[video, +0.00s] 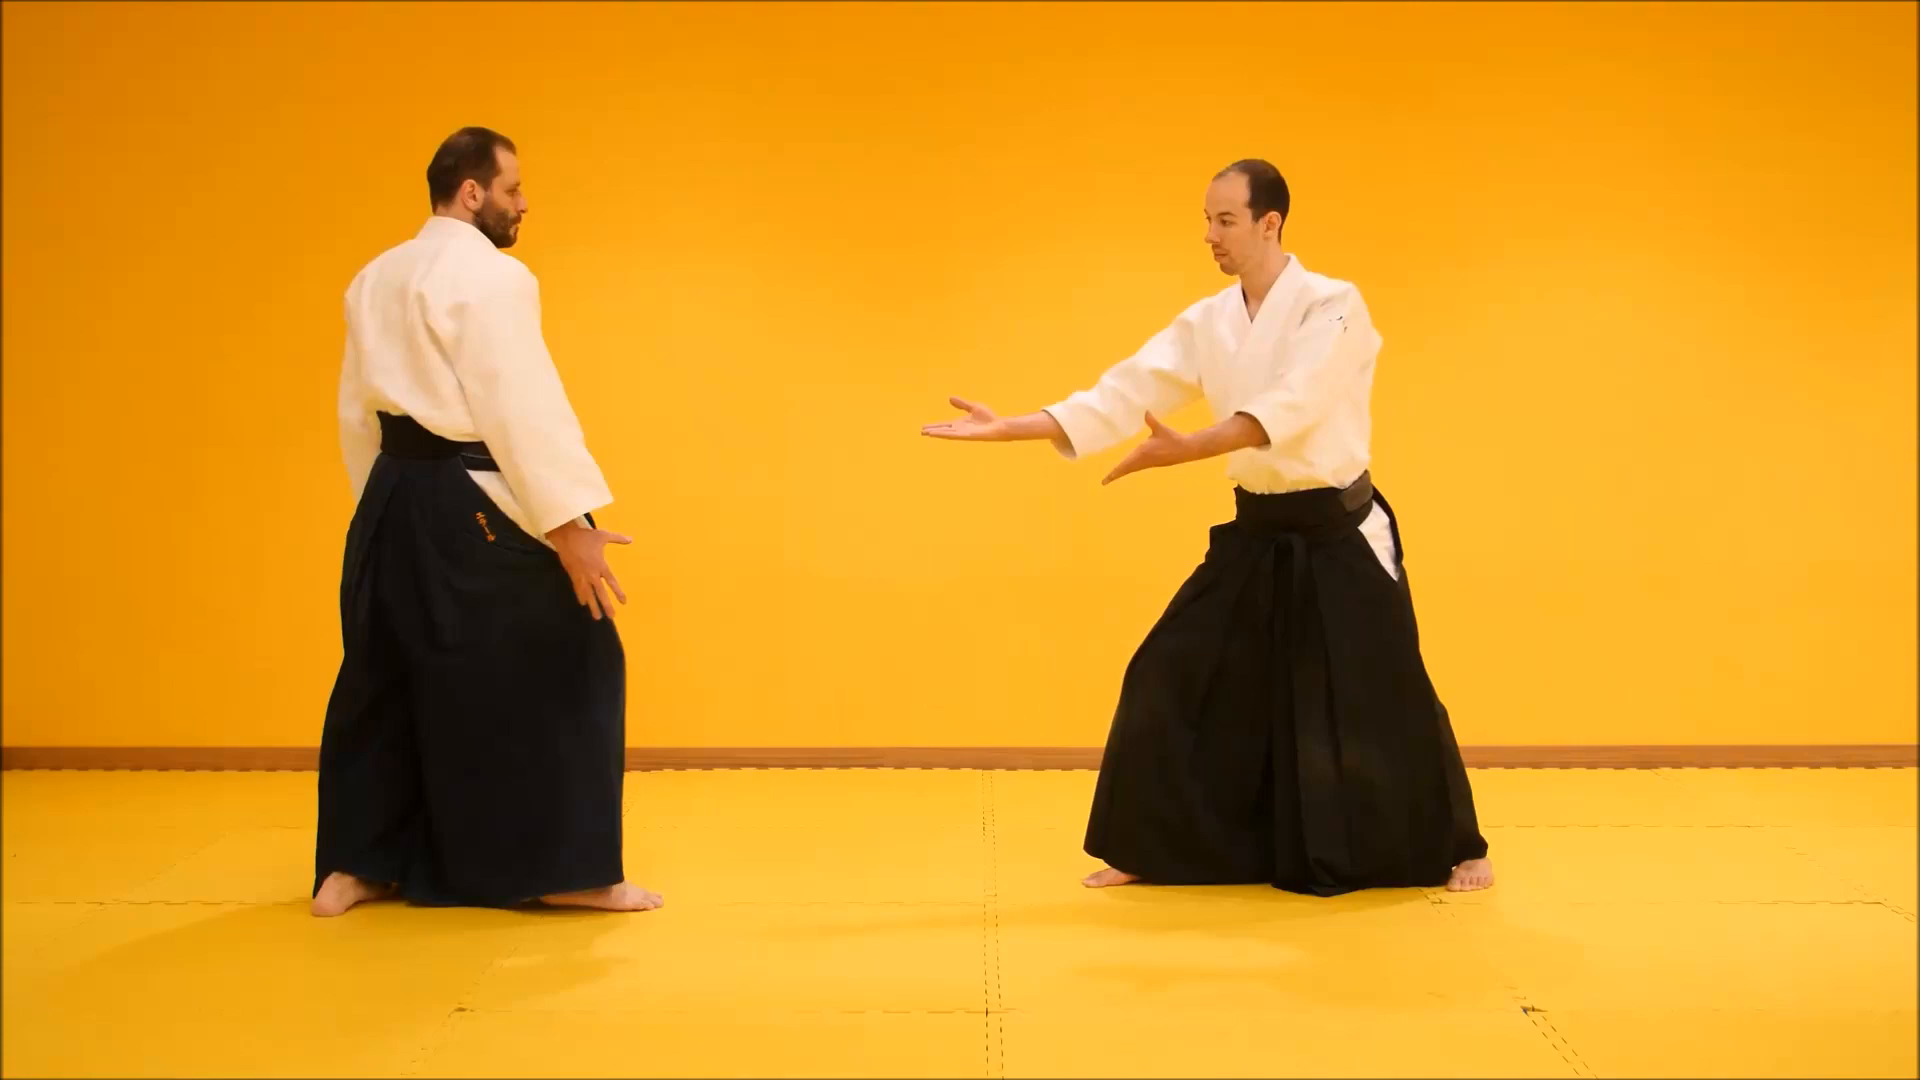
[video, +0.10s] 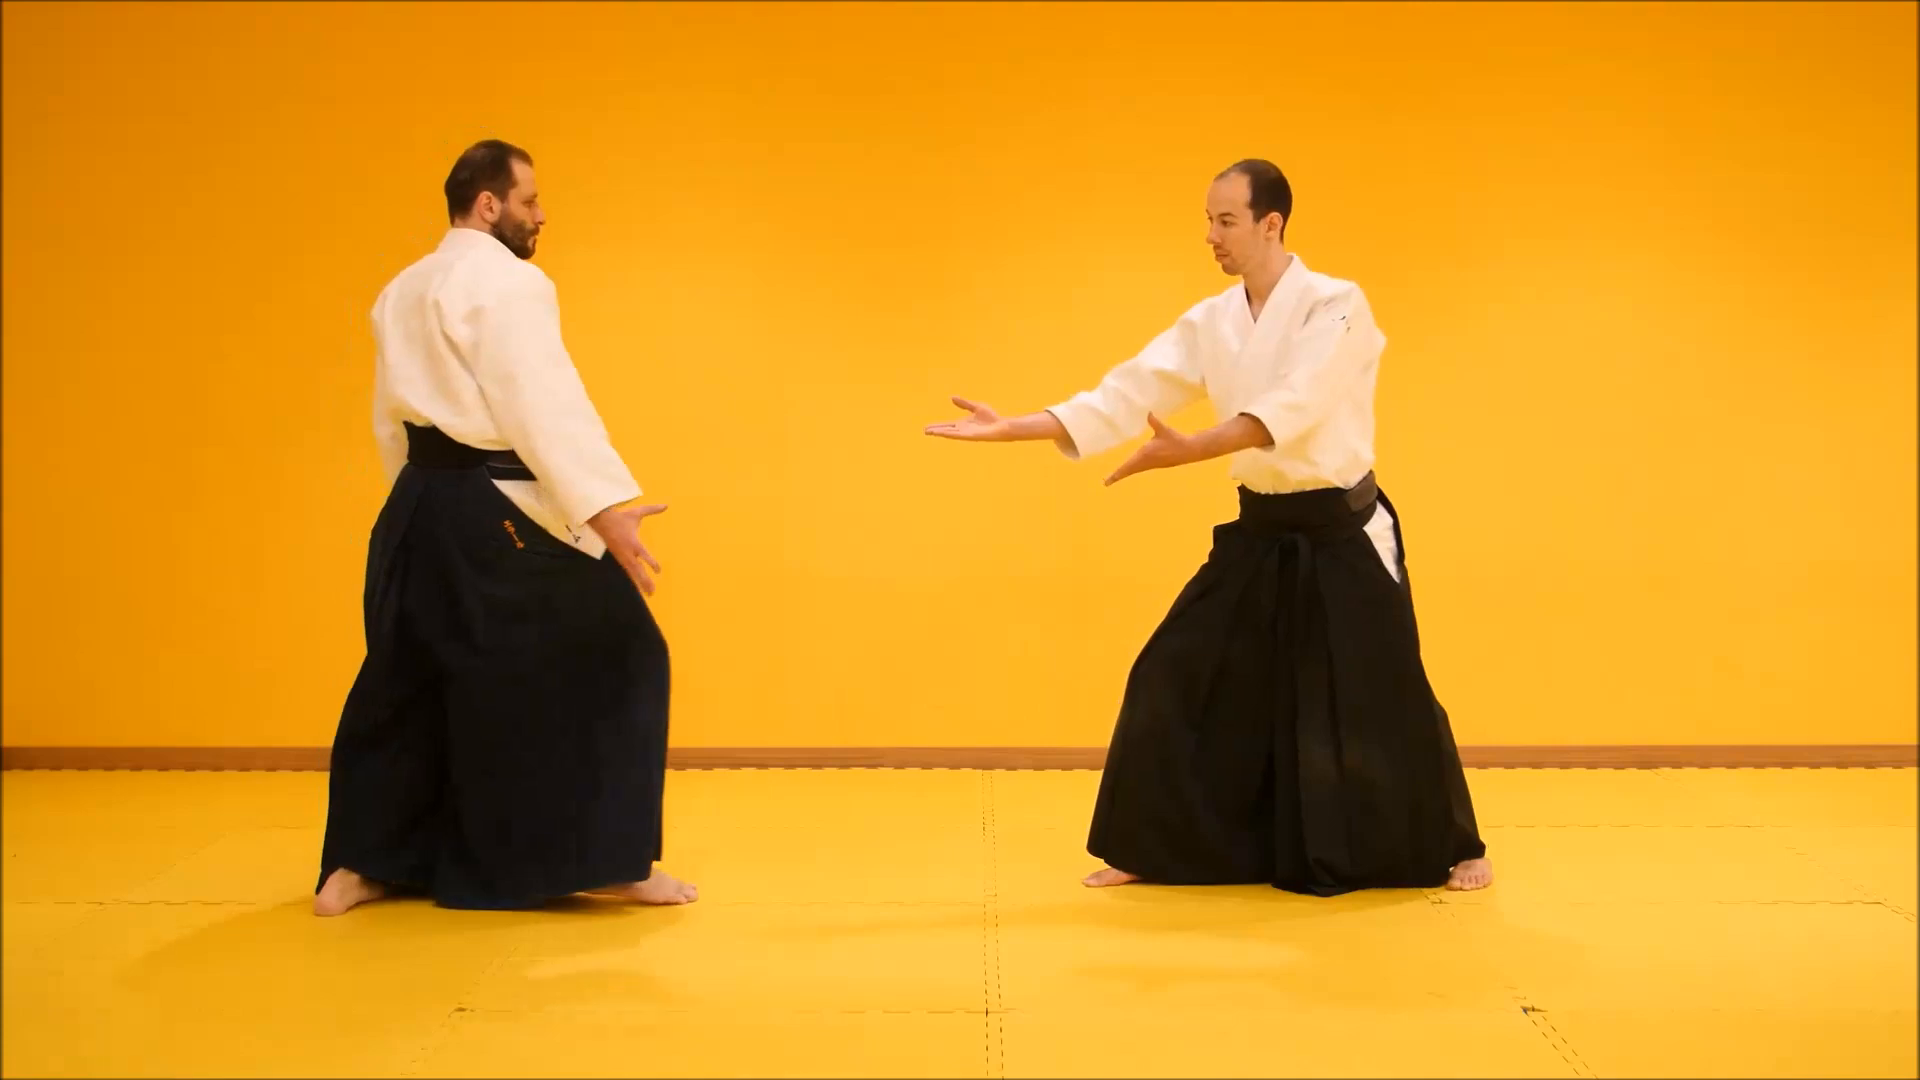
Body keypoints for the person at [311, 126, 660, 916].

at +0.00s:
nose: (523, 205)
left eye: (522, 191)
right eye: (513, 191)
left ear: (453, 193)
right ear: (472, 191)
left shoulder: (375, 278)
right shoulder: (487, 277)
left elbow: (357, 416)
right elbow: (522, 410)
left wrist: (382, 505)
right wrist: (569, 529)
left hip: (394, 502)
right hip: (482, 504)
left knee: (382, 679)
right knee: (585, 655)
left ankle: (351, 866)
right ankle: (575, 867)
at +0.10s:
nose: (540, 217)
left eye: (539, 203)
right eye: (529, 203)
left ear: (470, 206)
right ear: (488, 203)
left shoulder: (400, 292)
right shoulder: (506, 284)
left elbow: (391, 423)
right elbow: (545, 404)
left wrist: (416, 503)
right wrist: (605, 511)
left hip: (420, 509)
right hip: (509, 510)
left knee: (403, 682)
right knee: (632, 657)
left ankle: (356, 864)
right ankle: (620, 857)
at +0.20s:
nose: (578, 240)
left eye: (576, 225)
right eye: (568, 226)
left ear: (509, 232)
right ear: (525, 227)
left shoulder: (446, 309)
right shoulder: (536, 299)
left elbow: (456, 432)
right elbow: (581, 407)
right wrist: (669, 480)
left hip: (455, 525)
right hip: (538, 528)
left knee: (434, 692)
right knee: (681, 659)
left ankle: (359, 861)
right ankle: (712, 851)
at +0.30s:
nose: (641, 265)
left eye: (639, 249)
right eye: (631, 249)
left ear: (577, 254)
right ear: (586, 254)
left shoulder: (524, 319)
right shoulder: (593, 320)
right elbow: (648, 414)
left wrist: (726, 475)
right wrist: (765, 450)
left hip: (503, 541)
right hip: (579, 549)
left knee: (465, 703)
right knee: (725, 671)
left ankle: (356, 861)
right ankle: (826, 837)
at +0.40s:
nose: (724, 268)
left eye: (722, 253)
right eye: (714, 254)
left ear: (659, 261)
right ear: (671, 258)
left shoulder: (625, 323)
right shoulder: (655, 332)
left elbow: (740, 414)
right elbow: (744, 410)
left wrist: (859, 423)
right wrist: (879, 427)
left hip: (590, 545)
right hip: (644, 553)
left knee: (520, 700)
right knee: (801, 674)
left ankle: (367, 837)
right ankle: (878, 851)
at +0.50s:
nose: (812, 254)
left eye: (807, 240)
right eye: (801, 241)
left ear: (752, 253)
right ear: (760, 252)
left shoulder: (755, 320)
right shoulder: (733, 325)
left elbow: (866, 369)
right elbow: (821, 420)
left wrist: (975, 394)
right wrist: (959, 423)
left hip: (694, 534)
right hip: (727, 541)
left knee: (607, 690)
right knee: (880, 662)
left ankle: (438, 793)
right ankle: (892, 852)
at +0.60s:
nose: (874, 236)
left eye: (871, 221)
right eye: (865, 222)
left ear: (814, 232)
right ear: (829, 230)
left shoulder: (793, 298)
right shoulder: (808, 313)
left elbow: (922, 354)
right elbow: (871, 427)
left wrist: (1008, 380)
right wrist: (984, 424)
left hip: (762, 515)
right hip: (803, 523)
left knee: (730, 681)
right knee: (927, 668)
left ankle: (586, 780)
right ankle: (904, 855)